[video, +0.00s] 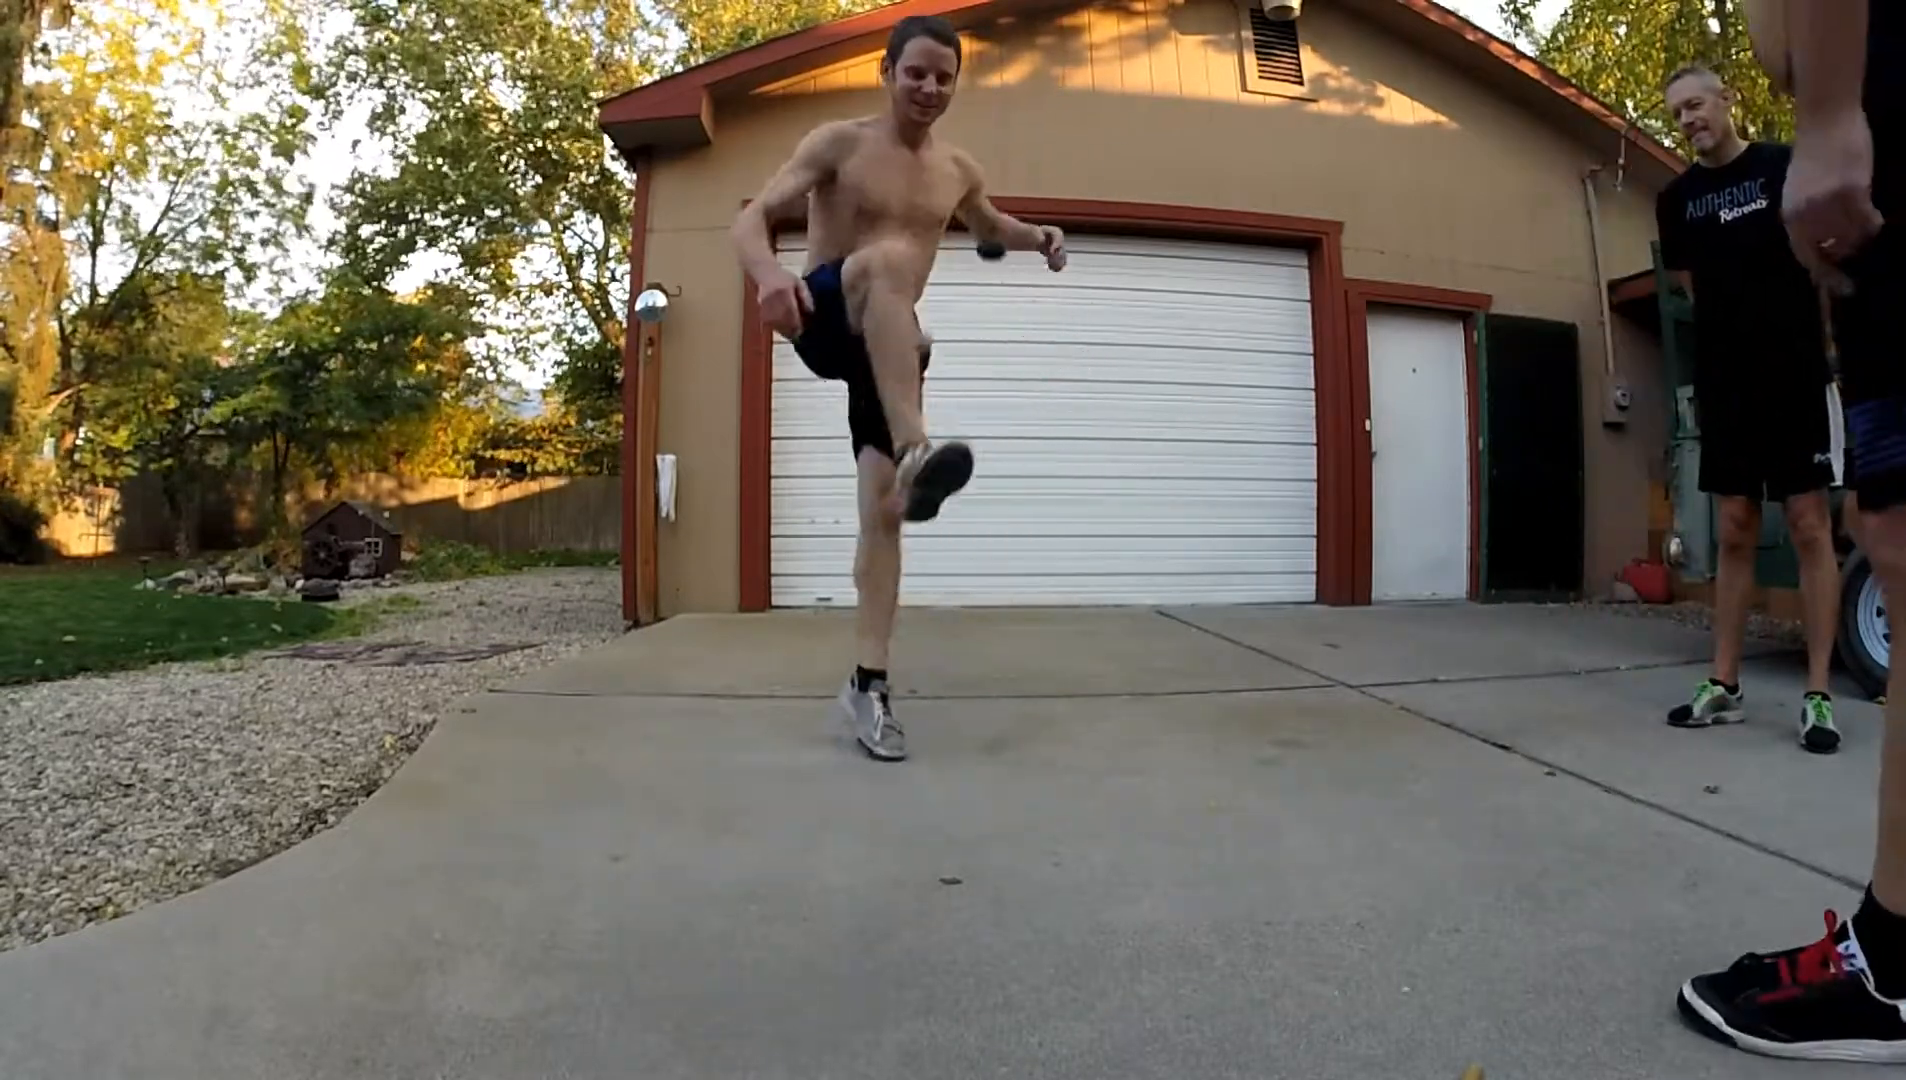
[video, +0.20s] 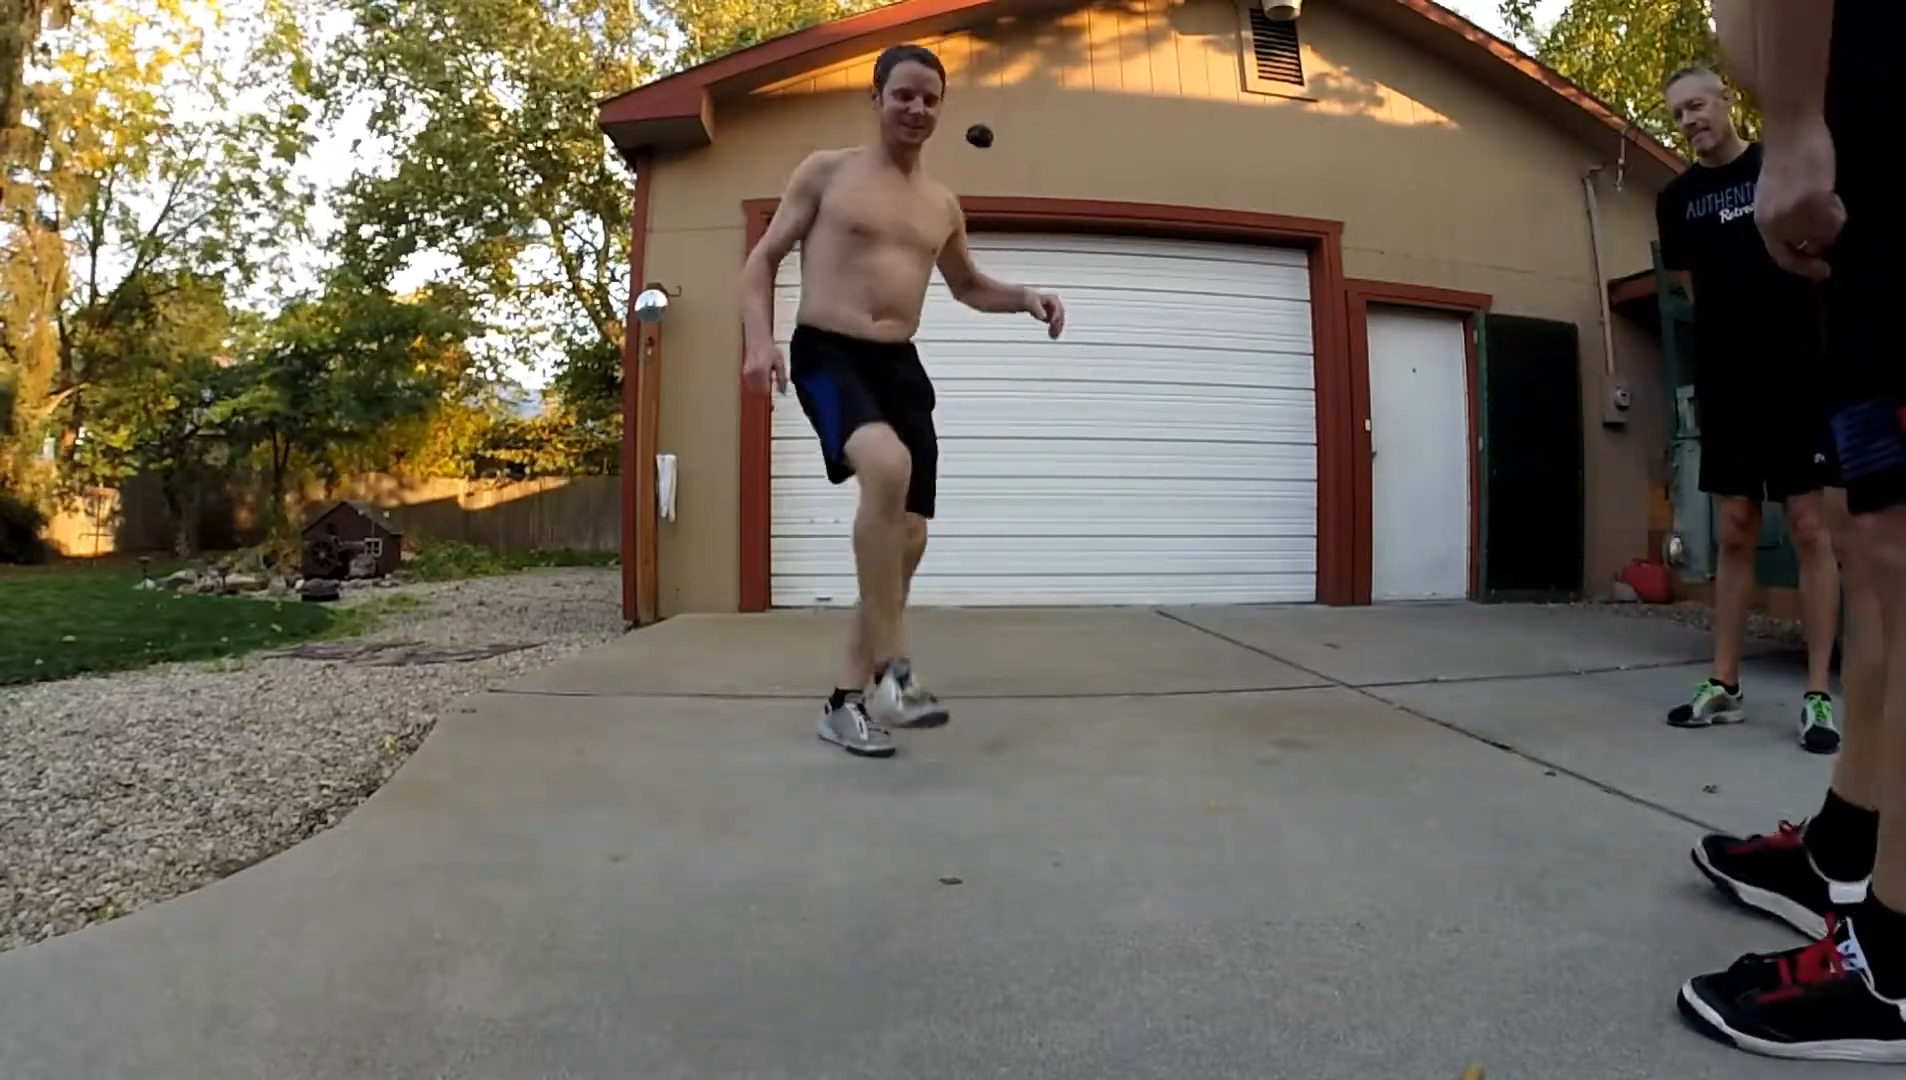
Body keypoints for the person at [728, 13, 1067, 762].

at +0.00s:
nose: (930, 88)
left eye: (943, 78)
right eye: (917, 72)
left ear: (956, 87)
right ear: (888, 73)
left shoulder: (959, 171)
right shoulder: (837, 143)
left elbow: (991, 231)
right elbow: (750, 220)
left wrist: (1040, 238)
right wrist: (768, 276)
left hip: (896, 338)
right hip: (823, 323)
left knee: (886, 509)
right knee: (884, 265)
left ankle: (868, 688)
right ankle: (908, 462)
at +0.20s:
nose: (915, 108)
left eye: (928, 98)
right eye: (903, 95)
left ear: (941, 109)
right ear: (878, 101)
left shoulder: (943, 205)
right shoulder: (825, 171)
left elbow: (971, 285)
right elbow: (761, 261)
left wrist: (1029, 297)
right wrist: (760, 340)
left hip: (900, 365)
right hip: (827, 355)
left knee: (910, 537)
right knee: (887, 468)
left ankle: (847, 704)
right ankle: (891, 670)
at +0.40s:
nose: (925, 124)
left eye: (938, 115)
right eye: (914, 109)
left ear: (949, 124)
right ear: (883, 106)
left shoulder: (947, 207)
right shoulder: (829, 174)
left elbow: (992, 267)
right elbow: (750, 252)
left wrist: (1029, 271)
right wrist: (765, 329)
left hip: (891, 367)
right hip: (820, 344)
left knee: (890, 533)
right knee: (907, 343)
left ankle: (847, 703)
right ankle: (980, 532)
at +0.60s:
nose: (928, 94)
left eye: (942, 86)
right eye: (917, 79)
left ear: (952, 96)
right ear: (888, 79)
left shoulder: (947, 181)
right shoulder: (833, 150)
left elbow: (965, 254)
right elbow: (754, 225)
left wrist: (1011, 278)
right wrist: (767, 292)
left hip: (892, 338)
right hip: (820, 318)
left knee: (893, 519)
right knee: (902, 356)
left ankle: (861, 692)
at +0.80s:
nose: (922, 133)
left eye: (935, 123)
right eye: (910, 117)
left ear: (945, 134)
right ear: (881, 118)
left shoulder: (939, 228)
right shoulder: (826, 188)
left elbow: (957, 310)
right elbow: (757, 271)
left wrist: (1013, 322)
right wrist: (756, 357)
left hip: (899, 376)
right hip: (827, 364)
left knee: (932, 546)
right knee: (904, 453)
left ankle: (854, 704)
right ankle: (952, 671)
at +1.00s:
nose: (933, 107)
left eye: (947, 98)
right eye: (922, 90)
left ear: (958, 105)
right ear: (892, 85)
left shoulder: (947, 186)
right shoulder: (835, 144)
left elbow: (979, 242)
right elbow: (733, 185)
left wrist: (1028, 244)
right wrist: (757, 221)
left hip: (883, 351)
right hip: (809, 334)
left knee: (877, 514)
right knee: (877, 259)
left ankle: (865, 689)